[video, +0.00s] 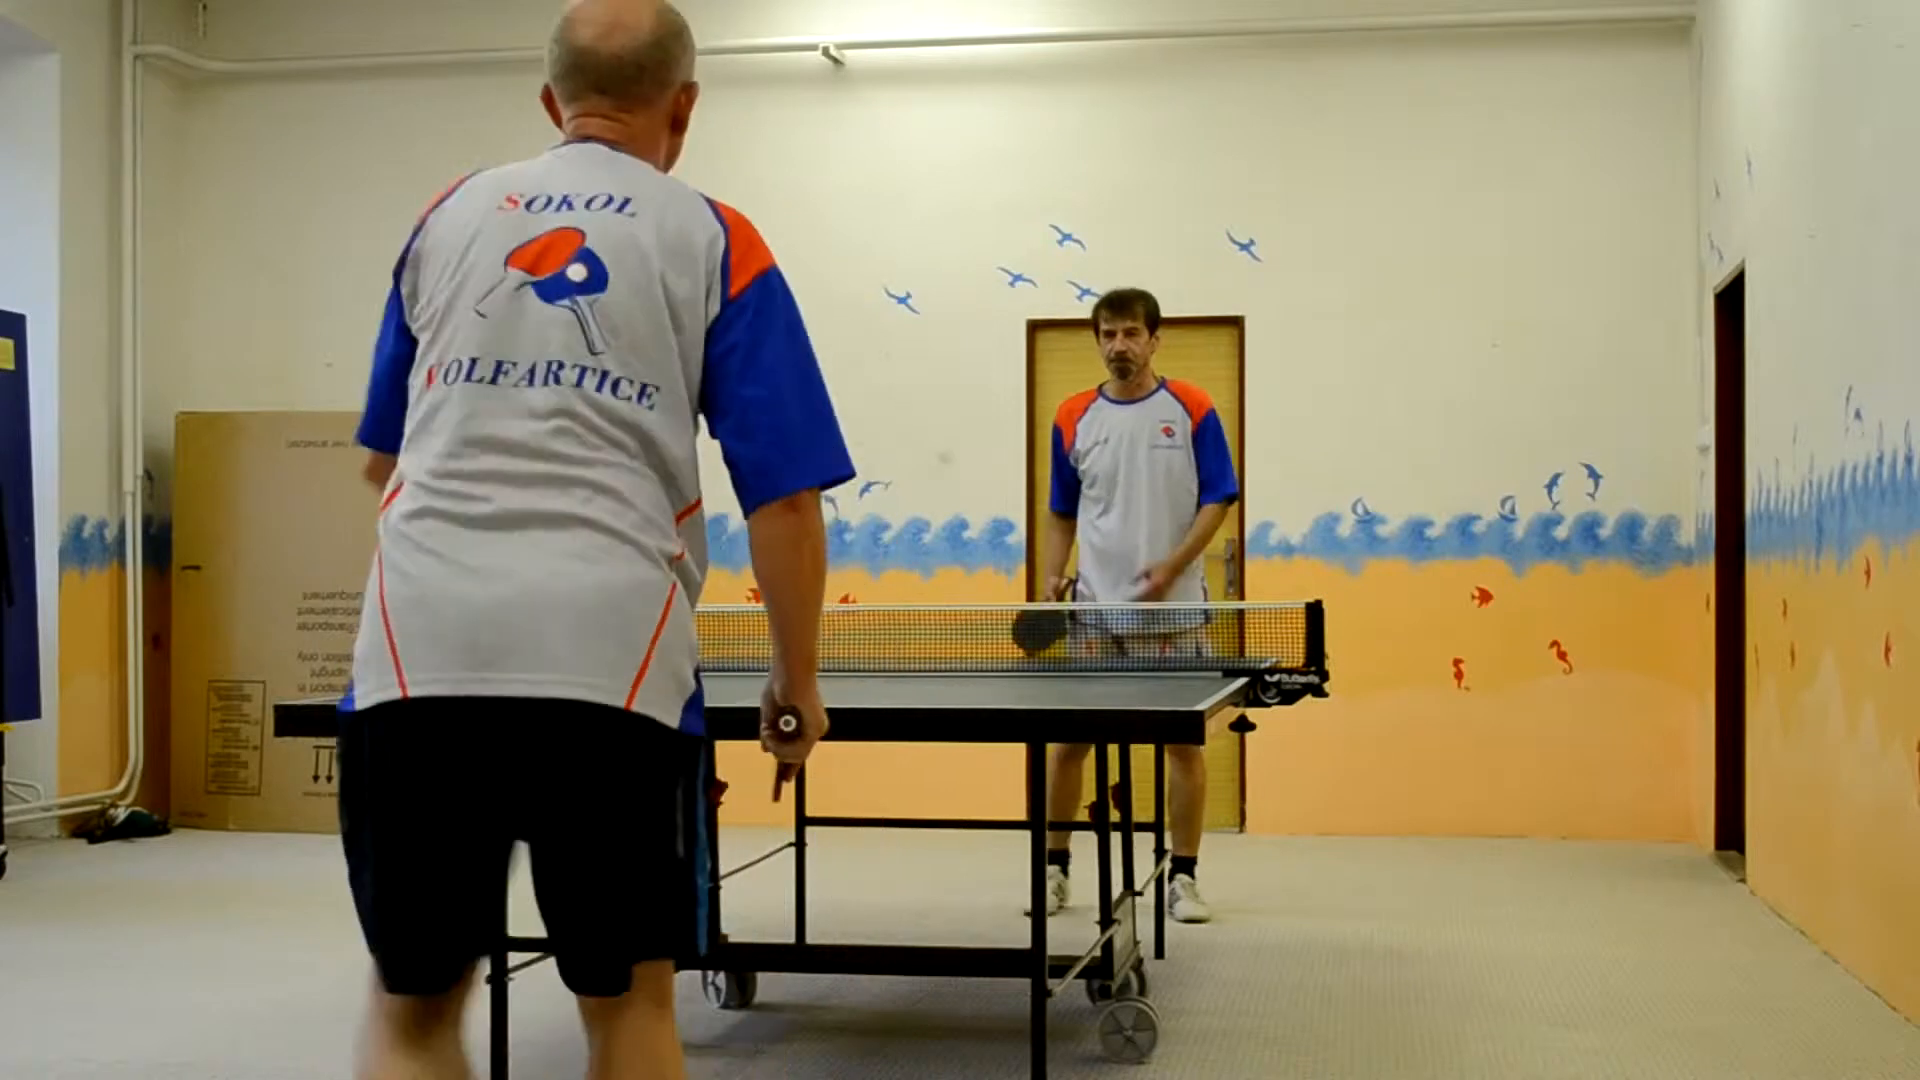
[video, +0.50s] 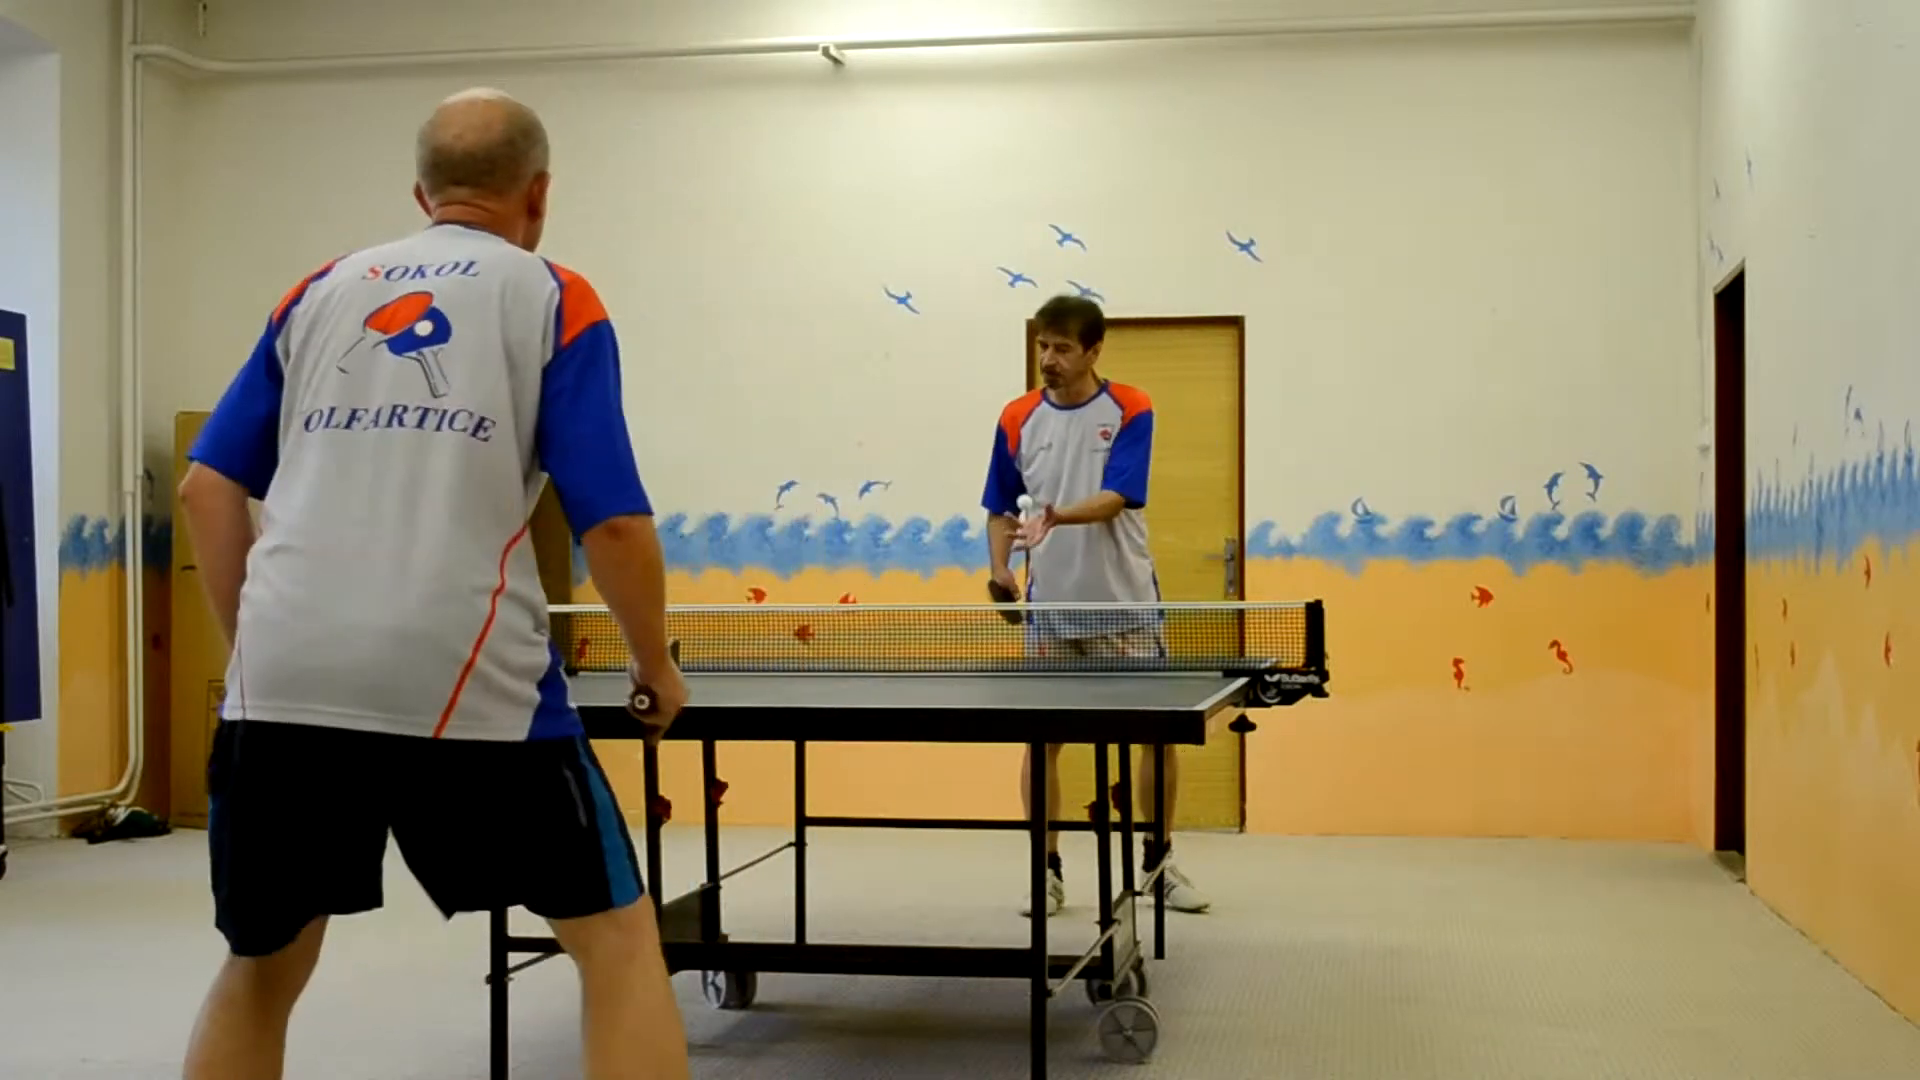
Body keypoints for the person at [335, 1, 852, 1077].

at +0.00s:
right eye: (684, 108)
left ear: (548, 110)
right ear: (682, 107)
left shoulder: (444, 218)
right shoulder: (714, 236)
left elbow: (384, 461)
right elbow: (782, 492)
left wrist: (473, 589)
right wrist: (796, 676)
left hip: (415, 671)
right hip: (607, 674)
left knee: (412, 998)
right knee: (631, 999)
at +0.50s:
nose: (546, 210)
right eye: (548, 195)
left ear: (422, 193)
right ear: (535, 197)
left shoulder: (315, 294)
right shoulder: (555, 299)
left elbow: (210, 485)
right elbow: (612, 519)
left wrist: (255, 649)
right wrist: (654, 665)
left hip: (284, 683)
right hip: (470, 687)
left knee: (258, 967)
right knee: (617, 946)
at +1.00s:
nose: (619, 288)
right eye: (619, 276)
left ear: (501, 274)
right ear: (609, 282)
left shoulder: (400, 355)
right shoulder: (641, 383)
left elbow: (288, 517)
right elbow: (743, 590)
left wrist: (310, 671)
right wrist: (764, 644)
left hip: (337, 712)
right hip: (522, 728)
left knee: (223, 965)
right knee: (660, 960)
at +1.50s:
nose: (602, 336)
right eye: (599, 319)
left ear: (481, 319)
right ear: (585, 323)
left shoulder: (379, 398)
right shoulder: (608, 418)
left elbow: (262, 538)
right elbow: (715, 625)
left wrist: (284, 684)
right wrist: (750, 631)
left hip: (317, 720)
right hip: (497, 729)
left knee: (221, 966)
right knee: (666, 963)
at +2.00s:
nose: (648, 340)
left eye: (648, 323)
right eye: (649, 323)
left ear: (535, 308)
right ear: (635, 323)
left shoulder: (420, 382)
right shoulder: (642, 417)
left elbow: (296, 525)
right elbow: (716, 638)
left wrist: (297, 693)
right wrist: (753, 666)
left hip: (336, 711)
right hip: (520, 722)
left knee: (218, 967)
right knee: (674, 964)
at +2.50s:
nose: (666, 334)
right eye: (666, 316)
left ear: (551, 306)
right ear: (653, 317)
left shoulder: (437, 378)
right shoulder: (663, 416)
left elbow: (314, 527)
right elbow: (722, 637)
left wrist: (306, 697)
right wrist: (755, 693)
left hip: (347, 712)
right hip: (532, 723)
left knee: (228, 967)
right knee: (685, 960)